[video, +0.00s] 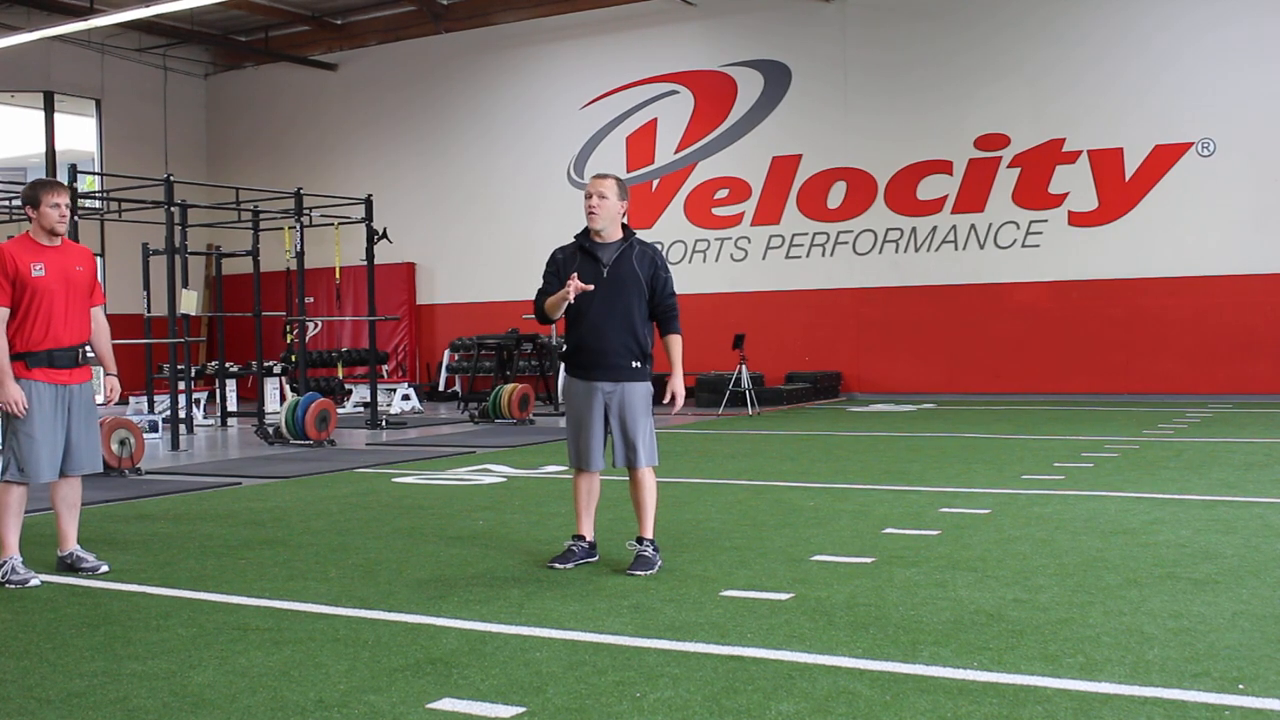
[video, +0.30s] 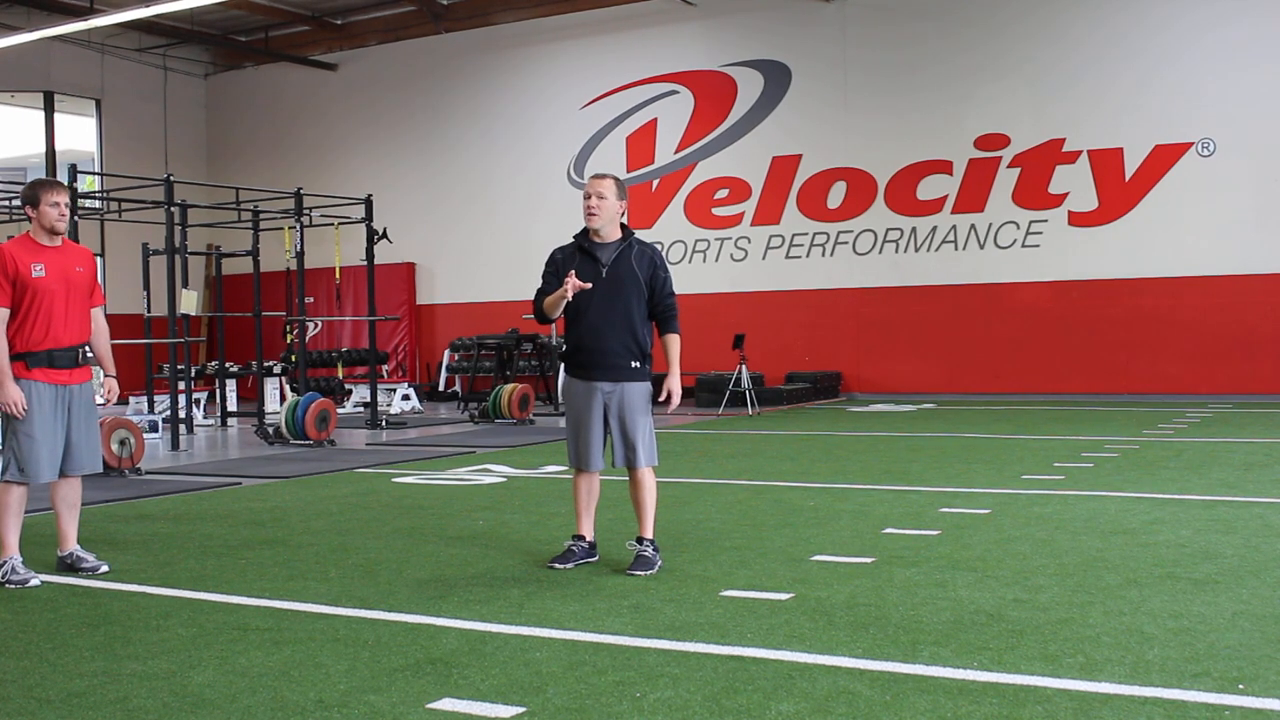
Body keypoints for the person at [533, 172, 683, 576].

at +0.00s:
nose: (591, 202)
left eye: (600, 197)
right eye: (588, 197)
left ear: (622, 207)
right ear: (584, 205)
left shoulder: (648, 257)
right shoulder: (564, 258)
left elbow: (668, 317)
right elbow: (543, 314)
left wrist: (677, 372)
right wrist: (564, 294)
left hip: (632, 379)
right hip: (581, 378)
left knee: (640, 463)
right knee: (585, 463)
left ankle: (647, 544)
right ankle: (584, 542)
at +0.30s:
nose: (590, 203)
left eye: (599, 197)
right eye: (586, 197)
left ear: (621, 207)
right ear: (582, 205)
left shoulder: (647, 257)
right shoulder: (563, 258)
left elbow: (667, 316)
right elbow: (543, 314)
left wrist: (673, 372)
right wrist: (562, 292)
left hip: (631, 379)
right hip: (580, 379)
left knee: (639, 463)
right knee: (584, 463)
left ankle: (646, 544)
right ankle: (583, 542)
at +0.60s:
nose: (589, 202)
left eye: (598, 197)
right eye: (586, 197)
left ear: (621, 207)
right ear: (582, 205)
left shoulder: (647, 256)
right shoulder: (563, 258)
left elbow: (667, 316)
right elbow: (542, 313)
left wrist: (673, 370)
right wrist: (562, 292)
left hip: (631, 379)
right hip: (580, 379)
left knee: (639, 463)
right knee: (584, 463)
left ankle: (646, 544)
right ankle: (583, 542)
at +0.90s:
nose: (596, 197)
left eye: (606, 192)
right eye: (592, 193)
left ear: (626, 204)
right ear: (586, 204)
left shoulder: (649, 257)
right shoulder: (567, 255)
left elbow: (669, 319)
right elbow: (528, 307)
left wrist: (673, 375)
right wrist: (525, 301)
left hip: (630, 379)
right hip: (580, 378)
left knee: (639, 463)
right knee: (585, 463)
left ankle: (646, 545)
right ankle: (584, 542)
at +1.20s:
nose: (595, 203)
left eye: (603, 197)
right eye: (590, 197)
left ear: (624, 204)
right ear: (586, 206)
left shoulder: (649, 257)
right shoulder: (569, 256)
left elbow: (670, 320)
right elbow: (530, 299)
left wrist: (672, 376)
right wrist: (515, 264)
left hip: (630, 380)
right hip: (580, 378)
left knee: (638, 464)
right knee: (584, 464)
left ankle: (646, 544)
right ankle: (583, 542)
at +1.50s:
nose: (595, 202)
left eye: (603, 196)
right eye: (590, 197)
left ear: (625, 204)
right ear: (586, 206)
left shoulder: (651, 258)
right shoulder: (572, 257)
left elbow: (671, 320)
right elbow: (539, 307)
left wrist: (672, 375)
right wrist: (504, 285)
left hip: (631, 380)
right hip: (580, 379)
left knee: (639, 464)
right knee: (584, 463)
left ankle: (646, 544)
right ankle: (583, 542)